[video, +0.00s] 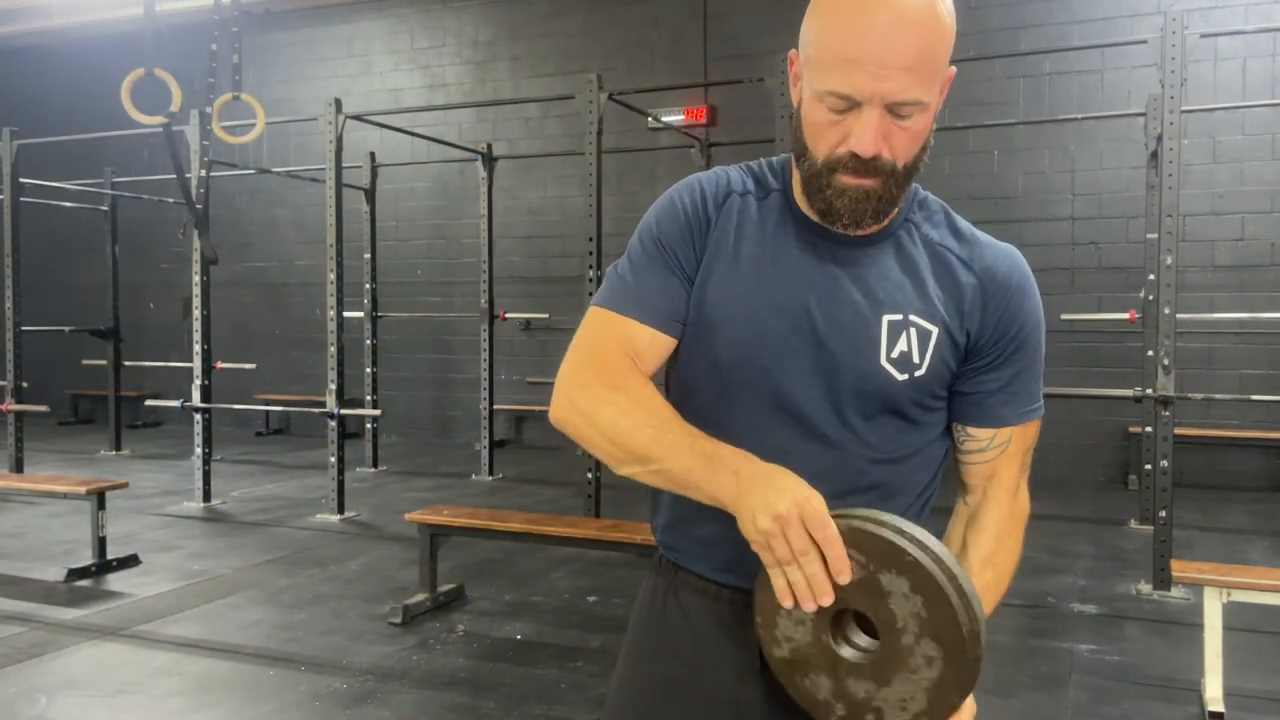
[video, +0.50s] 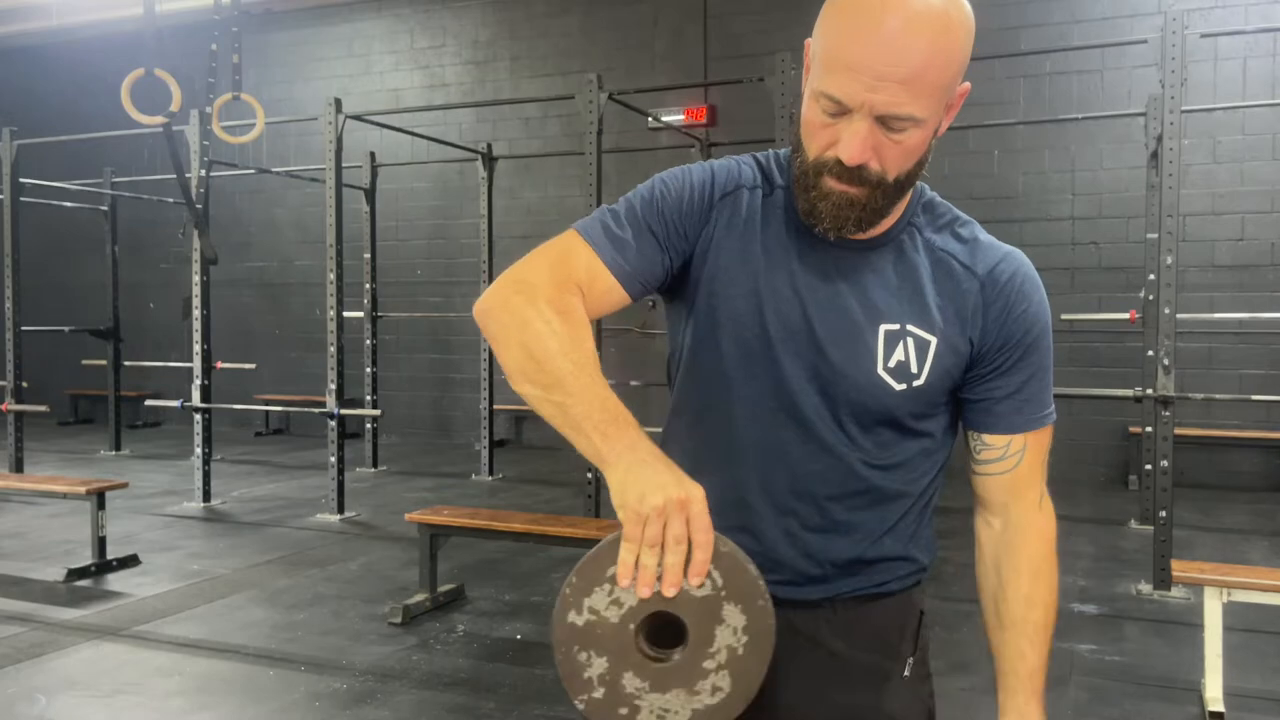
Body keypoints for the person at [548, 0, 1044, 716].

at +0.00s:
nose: (867, 143)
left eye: (901, 111)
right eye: (840, 105)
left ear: (941, 99)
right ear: (795, 79)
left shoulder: (989, 283)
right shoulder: (700, 217)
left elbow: (995, 491)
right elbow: (587, 390)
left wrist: (938, 659)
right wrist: (742, 479)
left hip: (871, 648)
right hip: (693, 627)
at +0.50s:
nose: (851, 152)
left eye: (893, 124)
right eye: (833, 107)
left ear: (950, 112)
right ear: (803, 67)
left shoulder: (993, 290)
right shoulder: (703, 207)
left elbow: (1013, 511)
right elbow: (518, 304)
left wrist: (1022, 705)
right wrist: (631, 460)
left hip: (863, 644)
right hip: (691, 627)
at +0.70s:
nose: (844, 144)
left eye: (884, 115)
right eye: (823, 99)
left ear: (933, 104)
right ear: (789, 64)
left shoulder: (975, 278)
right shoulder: (686, 213)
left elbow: (1005, 487)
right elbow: (501, 324)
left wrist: (1044, 686)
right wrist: (573, 495)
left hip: (855, 641)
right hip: (675, 628)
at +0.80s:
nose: (835, 141)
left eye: (871, 112)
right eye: (813, 98)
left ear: (912, 100)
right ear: (771, 65)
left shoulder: (947, 273)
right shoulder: (662, 221)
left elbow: (979, 469)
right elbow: (489, 355)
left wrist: (1026, 667)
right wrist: (546, 535)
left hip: (845, 637)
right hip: (662, 624)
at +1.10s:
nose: (741, 168)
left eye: (772, 140)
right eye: (720, 127)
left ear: (797, 132)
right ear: (666, 88)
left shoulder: (801, 265)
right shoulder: (556, 246)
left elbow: (810, 421)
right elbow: (450, 443)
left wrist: (871, 585)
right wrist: (490, 647)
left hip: (755, 619)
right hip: (594, 624)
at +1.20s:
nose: (725, 172)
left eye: (755, 147)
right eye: (706, 133)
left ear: (780, 135)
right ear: (651, 92)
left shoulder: (761, 257)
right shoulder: (535, 249)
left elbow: (763, 413)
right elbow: (444, 464)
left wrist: (810, 565)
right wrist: (483, 667)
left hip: (730, 609)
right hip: (576, 620)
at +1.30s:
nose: (731, 178)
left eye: (757, 153)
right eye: (713, 138)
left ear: (775, 144)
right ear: (650, 96)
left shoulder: (729, 253)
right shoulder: (530, 251)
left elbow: (717, 399)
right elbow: (445, 464)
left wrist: (758, 544)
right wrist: (485, 674)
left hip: (709, 596)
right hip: (570, 613)